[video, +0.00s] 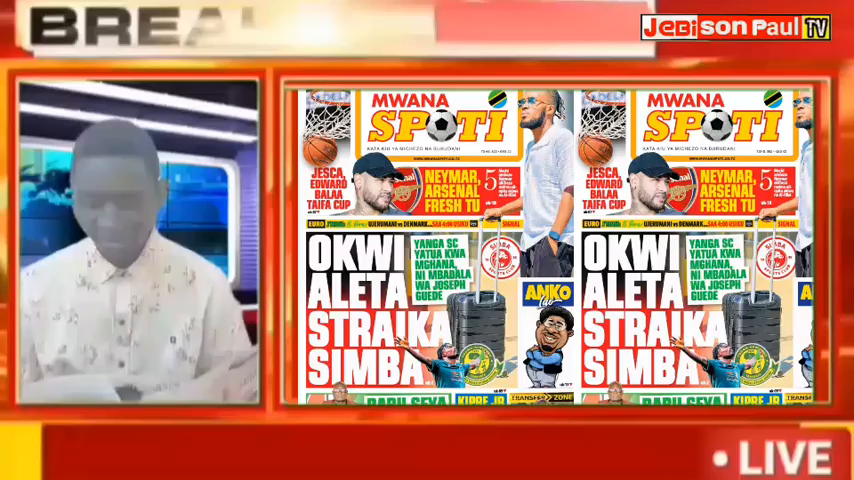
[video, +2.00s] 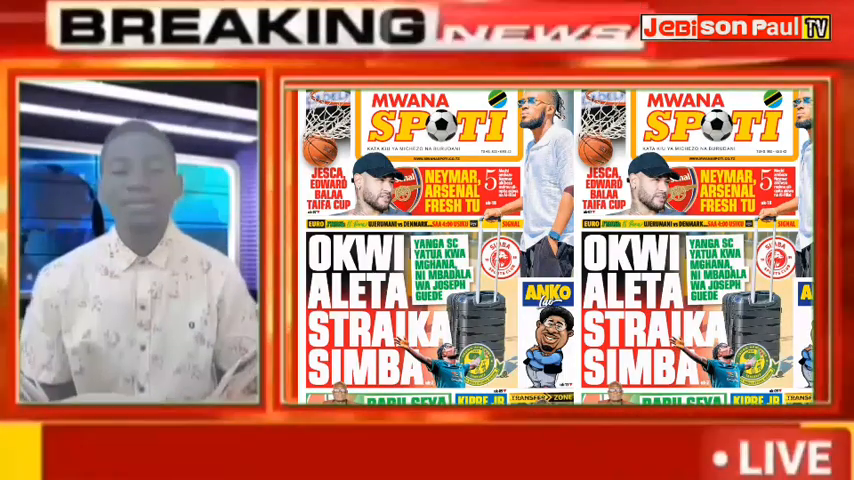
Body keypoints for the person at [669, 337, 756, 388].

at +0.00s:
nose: (729, 348)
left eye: (729, 347)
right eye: (725, 347)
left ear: (731, 351)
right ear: (718, 353)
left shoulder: (737, 366)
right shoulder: (714, 364)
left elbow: (750, 365)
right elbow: (698, 359)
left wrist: (754, 358)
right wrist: (683, 348)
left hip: (737, 401)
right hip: (720, 401)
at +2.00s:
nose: (729, 348)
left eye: (729, 347)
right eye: (725, 347)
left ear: (731, 351)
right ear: (718, 353)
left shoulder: (737, 366)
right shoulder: (714, 364)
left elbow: (750, 365)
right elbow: (698, 359)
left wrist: (754, 359)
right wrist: (684, 348)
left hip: (737, 401)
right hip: (720, 401)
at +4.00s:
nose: (729, 348)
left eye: (729, 347)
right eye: (725, 347)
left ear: (731, 351)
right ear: (718, 353)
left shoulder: (737, 366)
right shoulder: (714, 364)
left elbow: (750, 365)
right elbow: (698, 359)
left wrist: (754, 359)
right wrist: (684, 348)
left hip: (737, 401)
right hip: (720, 401)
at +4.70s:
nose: (729, 348)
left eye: (729, 347)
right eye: (725, 347)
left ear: (731, 351)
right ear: (718, 353)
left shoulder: (737, 366)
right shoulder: (714, 364)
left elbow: (750, 365)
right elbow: (698, 359)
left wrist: (754, 359)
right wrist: (684, 348)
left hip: (736, 401)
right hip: (720, 401)